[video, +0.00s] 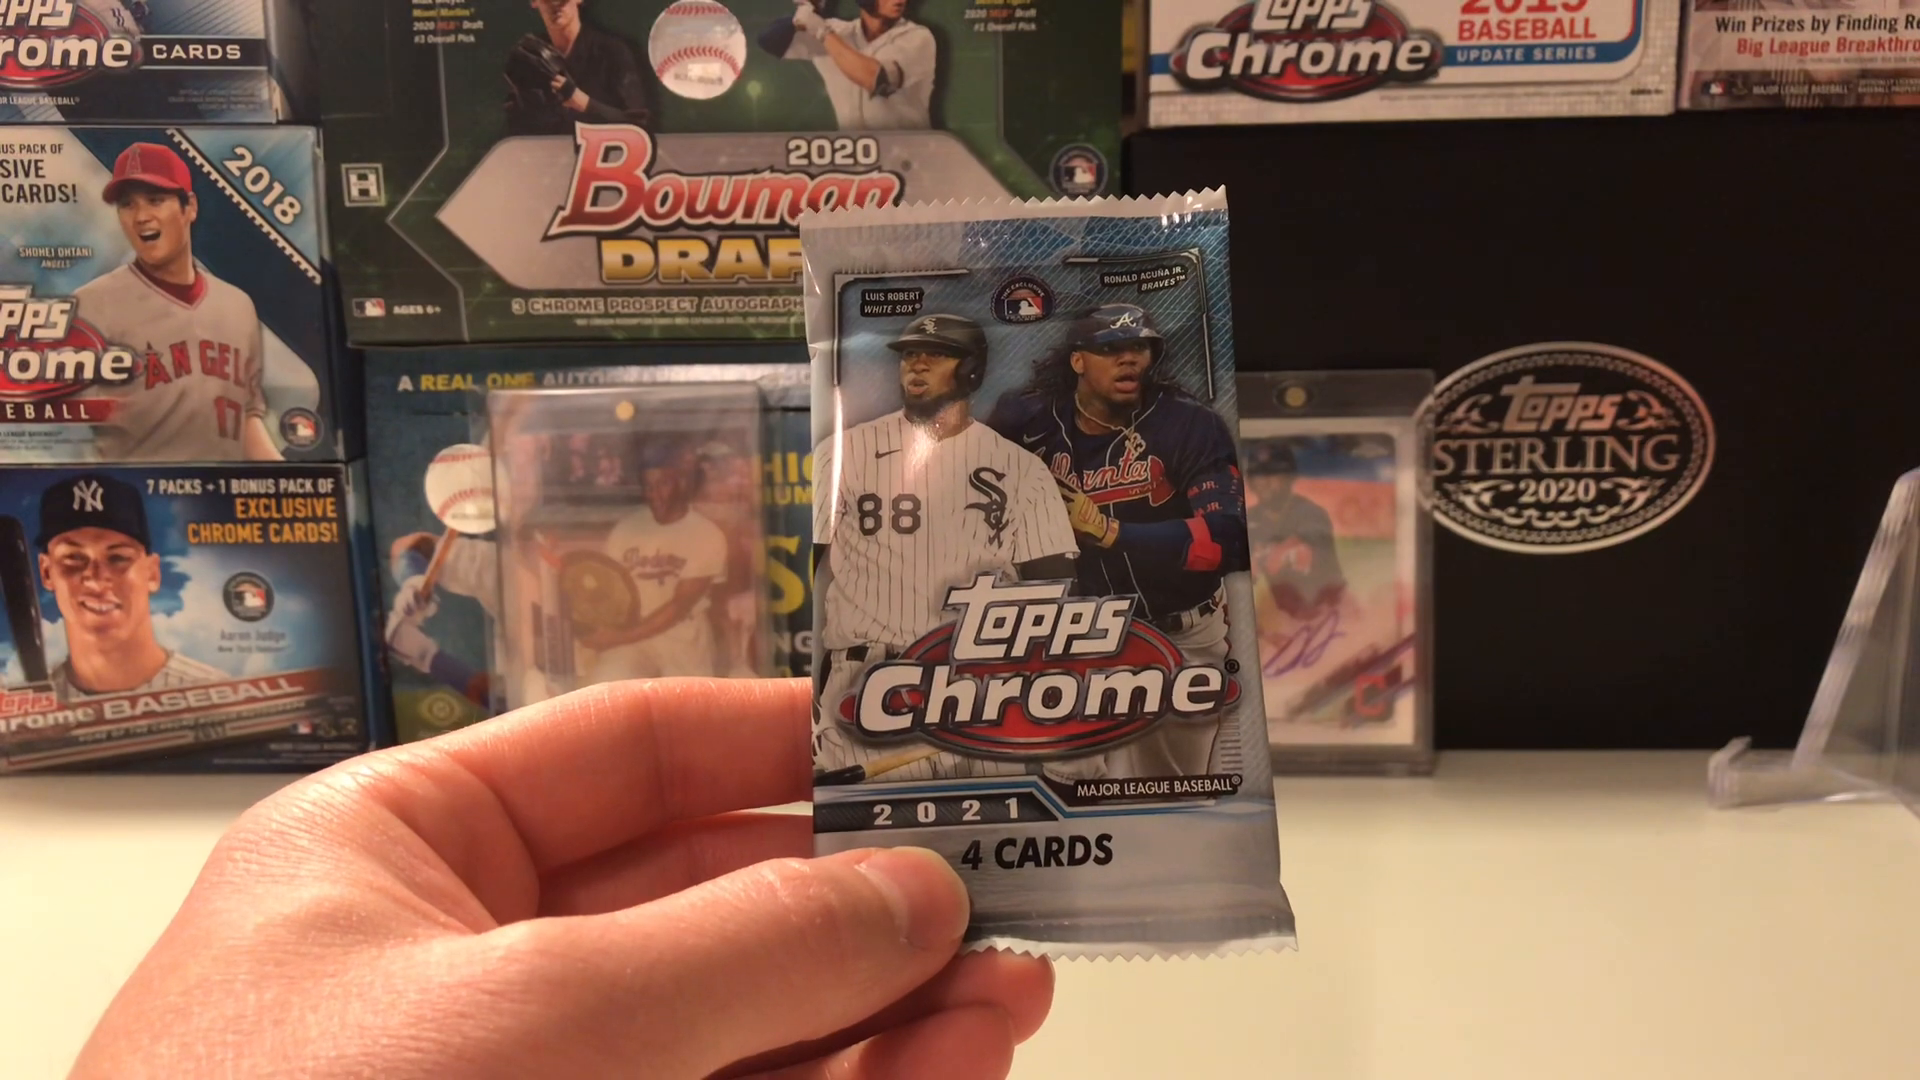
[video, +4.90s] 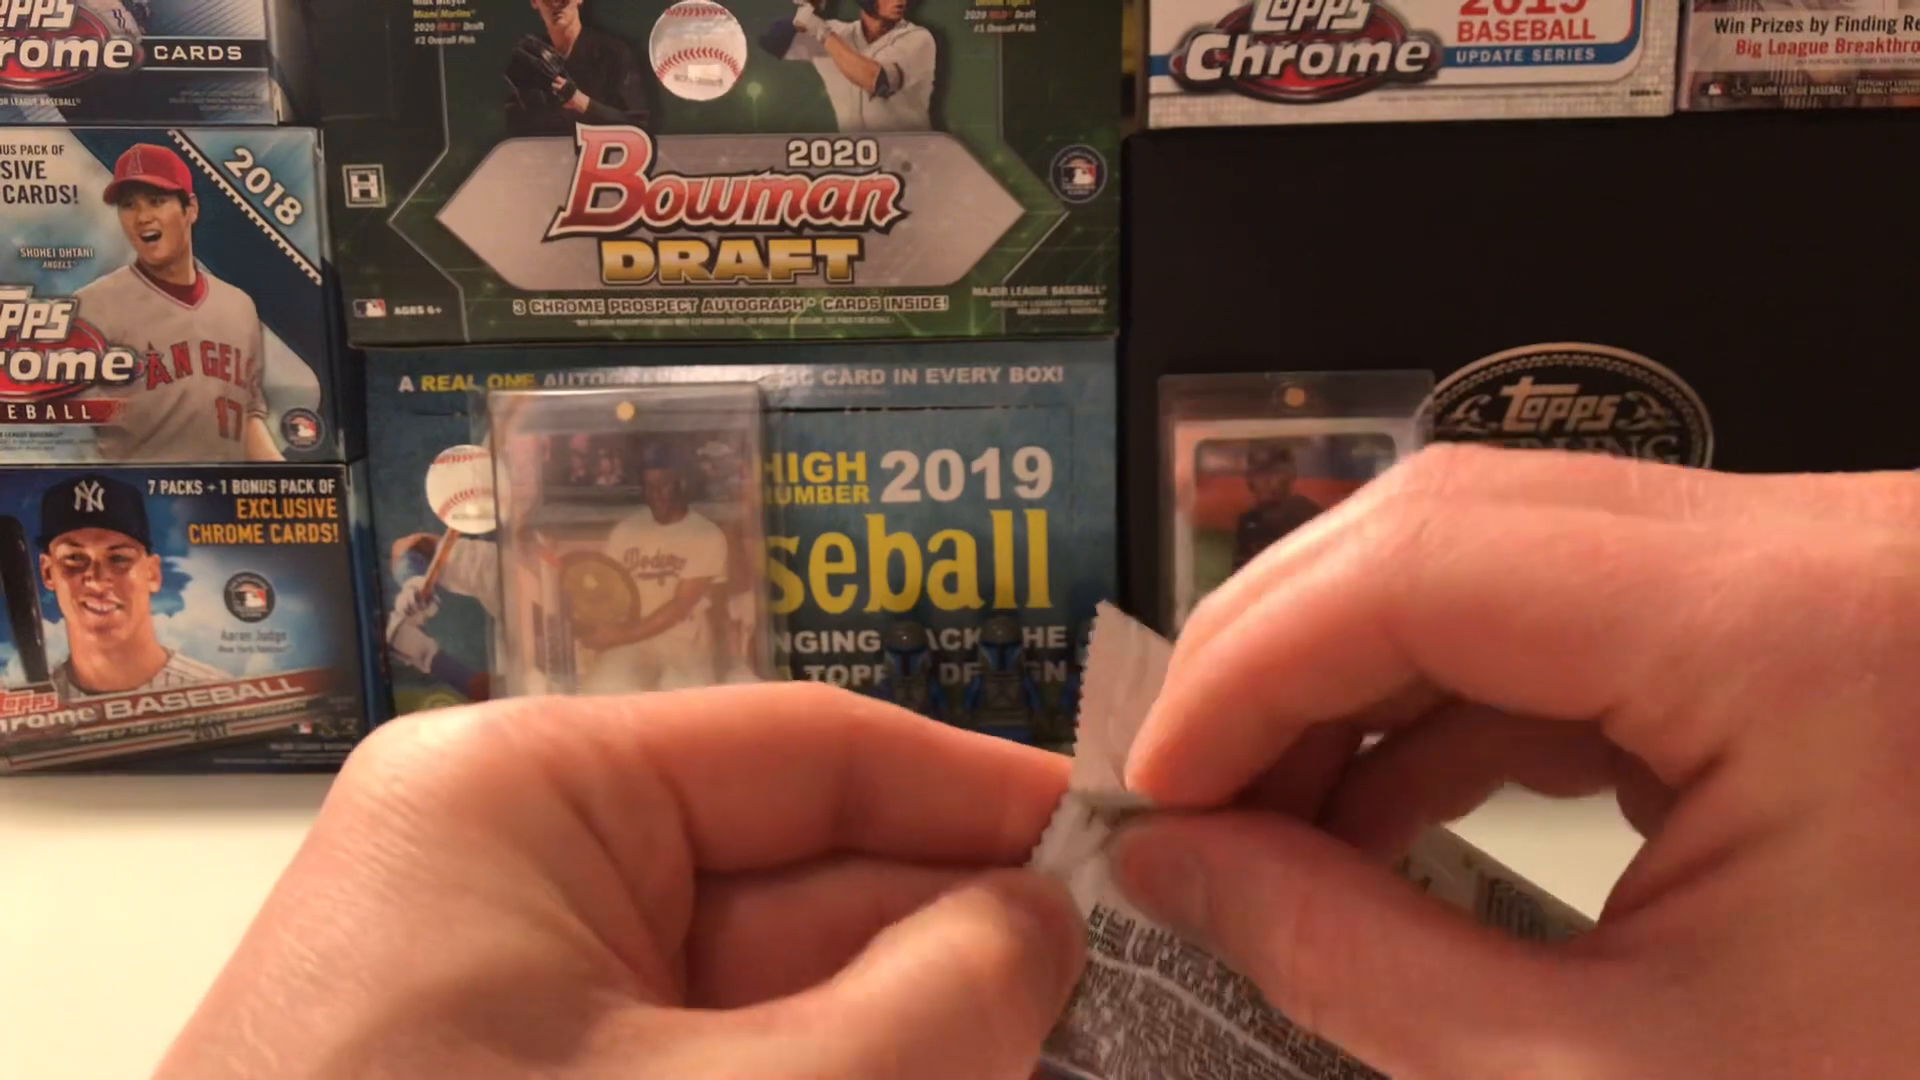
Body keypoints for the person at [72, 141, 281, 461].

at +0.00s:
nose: (142, 216)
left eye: (157, 200)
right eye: (128, 204)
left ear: (189, 209)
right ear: (118, 217)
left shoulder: (239, 306)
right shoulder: (91, 306)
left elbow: (247, 414)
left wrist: (283, 482)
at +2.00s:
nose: (142, 216)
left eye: (157, 200)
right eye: (128, 203)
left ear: (189, 209)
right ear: (118, 217)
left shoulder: (238, 306)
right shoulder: (91, 307)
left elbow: (248, 414)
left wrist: (283, 482)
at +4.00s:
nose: (142, 216)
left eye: (156, 200)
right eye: (129, 203)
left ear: (189, 209)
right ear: (118, 216)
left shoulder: (238, 306)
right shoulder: (91, 306)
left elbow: (248, 414)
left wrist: (282, 480)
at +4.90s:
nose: (144, 217)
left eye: (158, 201)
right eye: (129, 204)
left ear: (190, 210)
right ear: (119, 218)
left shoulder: (240, 307)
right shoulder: (92, 307)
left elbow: (249, 415)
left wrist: (283, 483)